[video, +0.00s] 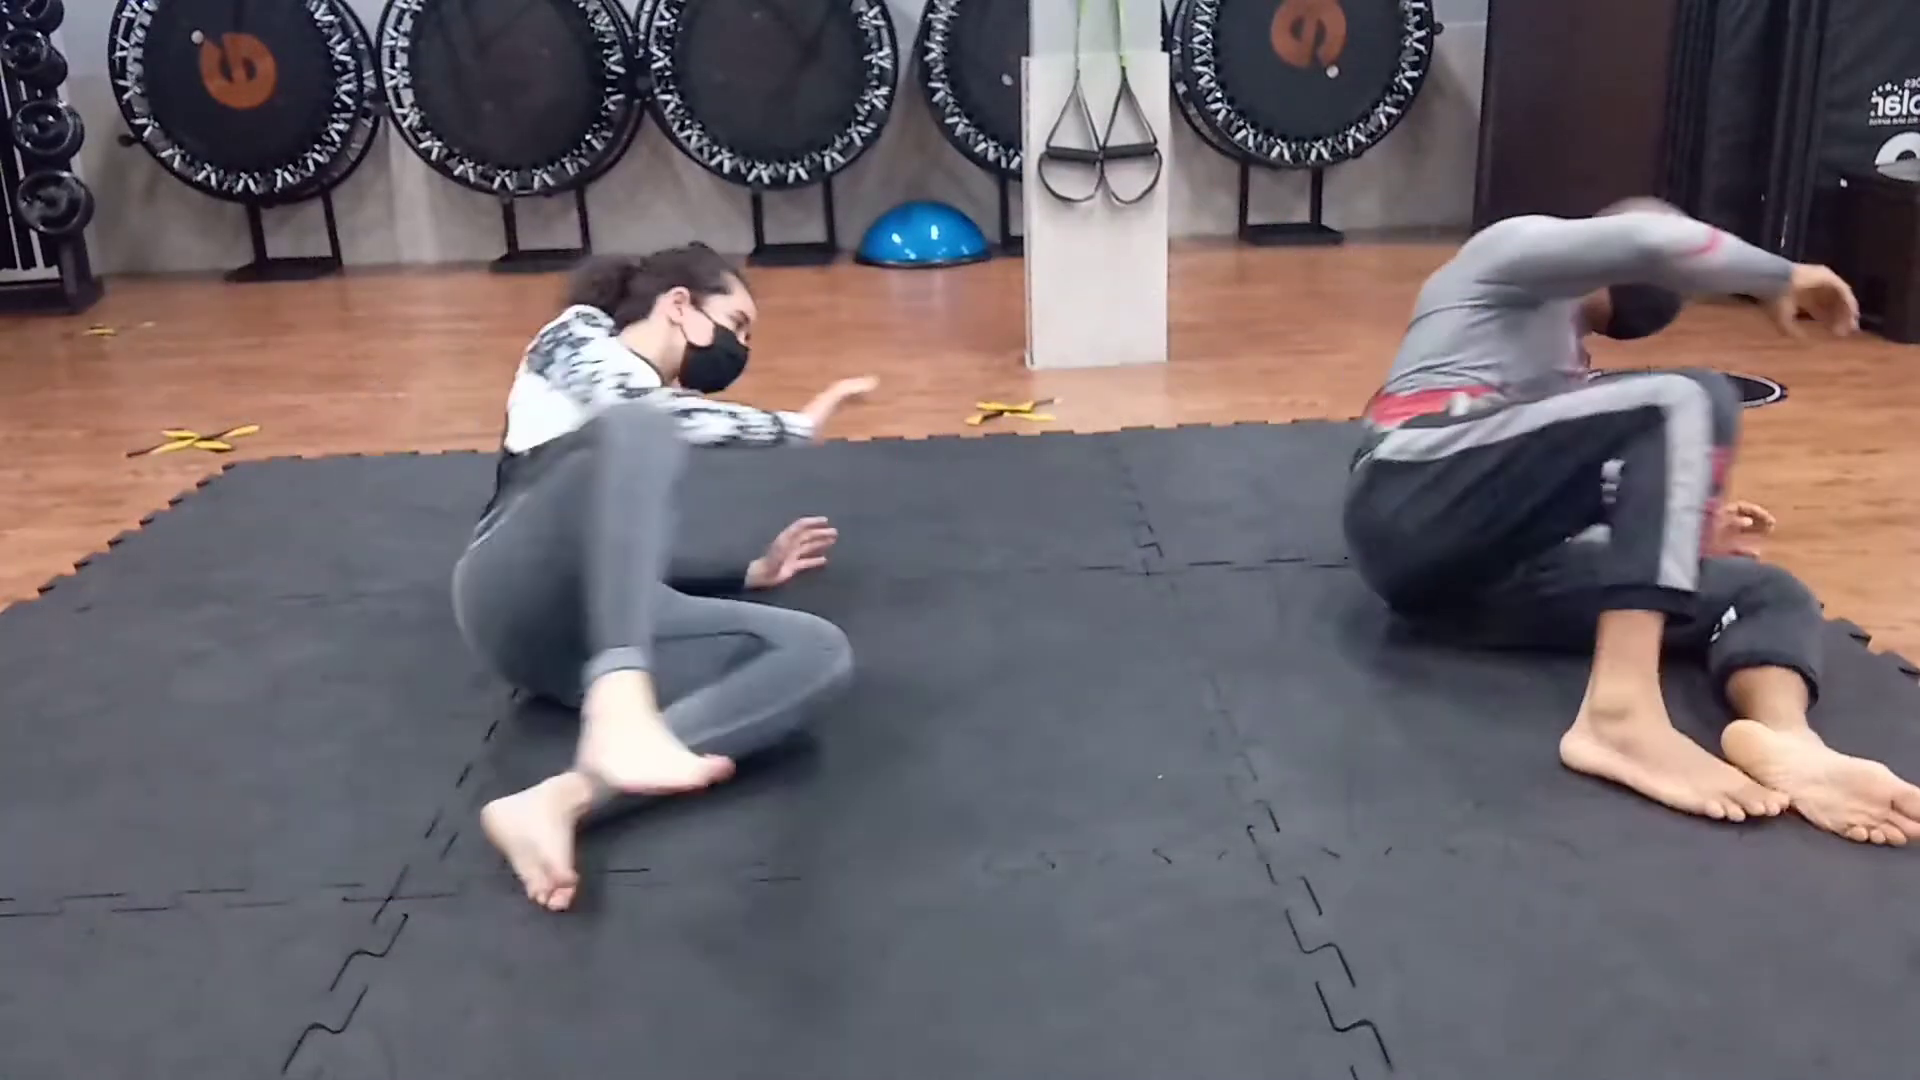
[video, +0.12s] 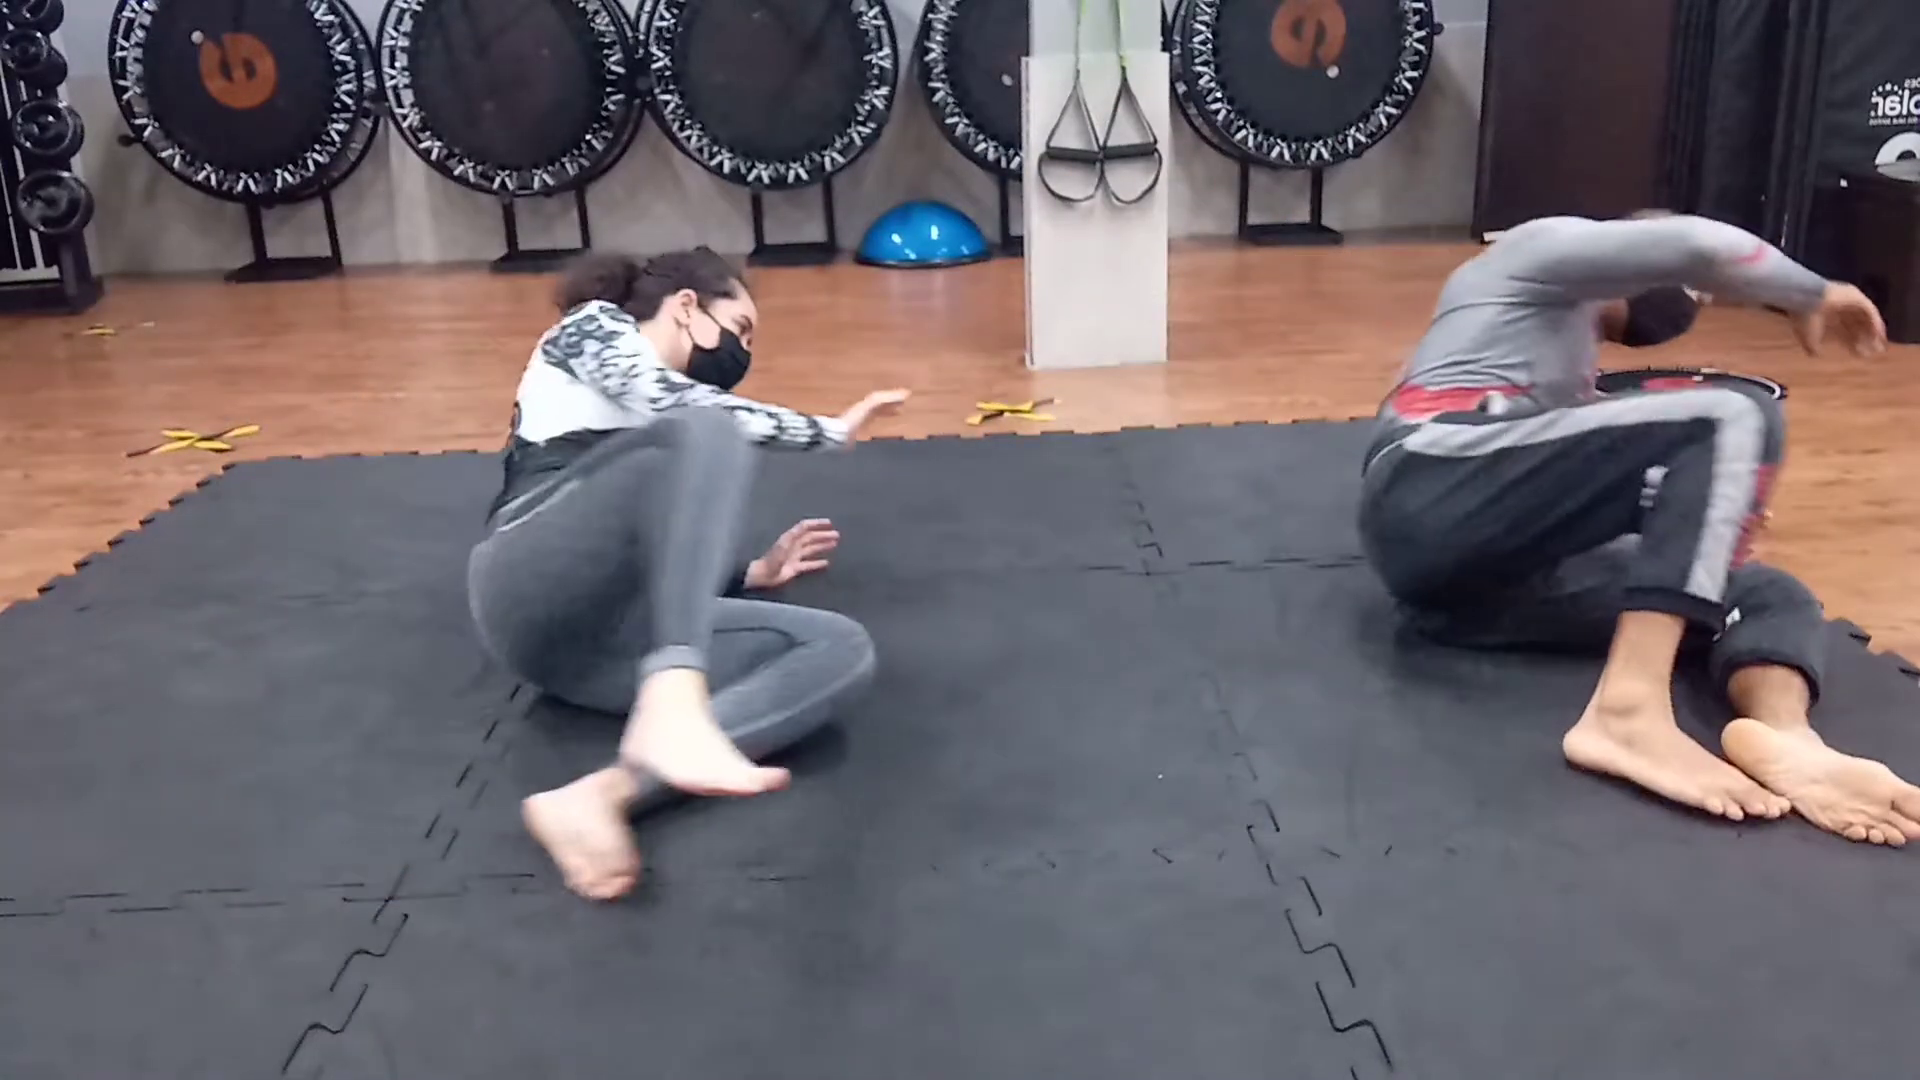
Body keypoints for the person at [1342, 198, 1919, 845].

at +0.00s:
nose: (1621, 325)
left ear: (1608, 306)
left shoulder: (1570, 387)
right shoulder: (1504, 258)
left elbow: (1551, 520)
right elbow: (1651, 236)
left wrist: (1681, 538)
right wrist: (1782, 280)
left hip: (1467, 586)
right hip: (1410, 493)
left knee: (1761, 587)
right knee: (1686, 398)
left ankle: (1777, 732)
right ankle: (1619, 711)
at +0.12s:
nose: (1690, 298)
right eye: (1690, 286)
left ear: (1630, 317)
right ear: (1641, 254)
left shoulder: (1574, 391)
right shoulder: (1531, 256)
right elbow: (1702, 245)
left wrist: (1708, 531)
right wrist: (1809, 297)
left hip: (1462, 594)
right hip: (1428, 486)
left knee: (1765, 592)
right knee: (1734, 412)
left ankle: (1777, 729)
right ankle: (1626, 709)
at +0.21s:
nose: (1709, 303)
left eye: (1710, 298)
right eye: (1703, 285)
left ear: (1634, 328)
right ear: (1643, 232)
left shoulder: (1574, 399)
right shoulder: (1548, 258)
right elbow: (1727, 254)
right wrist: (1834, 315)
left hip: (1460, 595)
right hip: (1441, 480)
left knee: (1770, 594)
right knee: (1762, 427)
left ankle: (1779, 728)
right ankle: (1631, 707)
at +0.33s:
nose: (1647, 358)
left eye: (1656, 353)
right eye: (1659, 345)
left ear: (1644, 329)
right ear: (1662, 274)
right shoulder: (1586, 260)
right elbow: (1766, 271)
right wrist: (1850, 341)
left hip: (1453, 591)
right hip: (1461, 477)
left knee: (1773, 593)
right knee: (1799, 460)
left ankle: (1779, 728)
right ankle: (1639, 699)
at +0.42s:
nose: (1654, 368)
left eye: (1667, 365)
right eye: (1668, 358)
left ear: (1650, 335)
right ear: (1664, 299)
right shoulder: (1602, 267)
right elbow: (1792, 285)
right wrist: (1862, 357)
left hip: (1444, 587)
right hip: (1475, 476)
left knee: (1778, 590)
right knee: (1820, 479)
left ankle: (1776, 726)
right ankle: (1651, 689)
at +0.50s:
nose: (1685, 363)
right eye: (1690, 356)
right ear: (1669, 295)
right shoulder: (1619, 270)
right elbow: (1814, 296)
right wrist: (1875, 372)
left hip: (1449, 589)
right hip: (1488, 472)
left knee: (1783, 588)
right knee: (1832, 497)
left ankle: (1776, 721)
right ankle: (1660, 684)